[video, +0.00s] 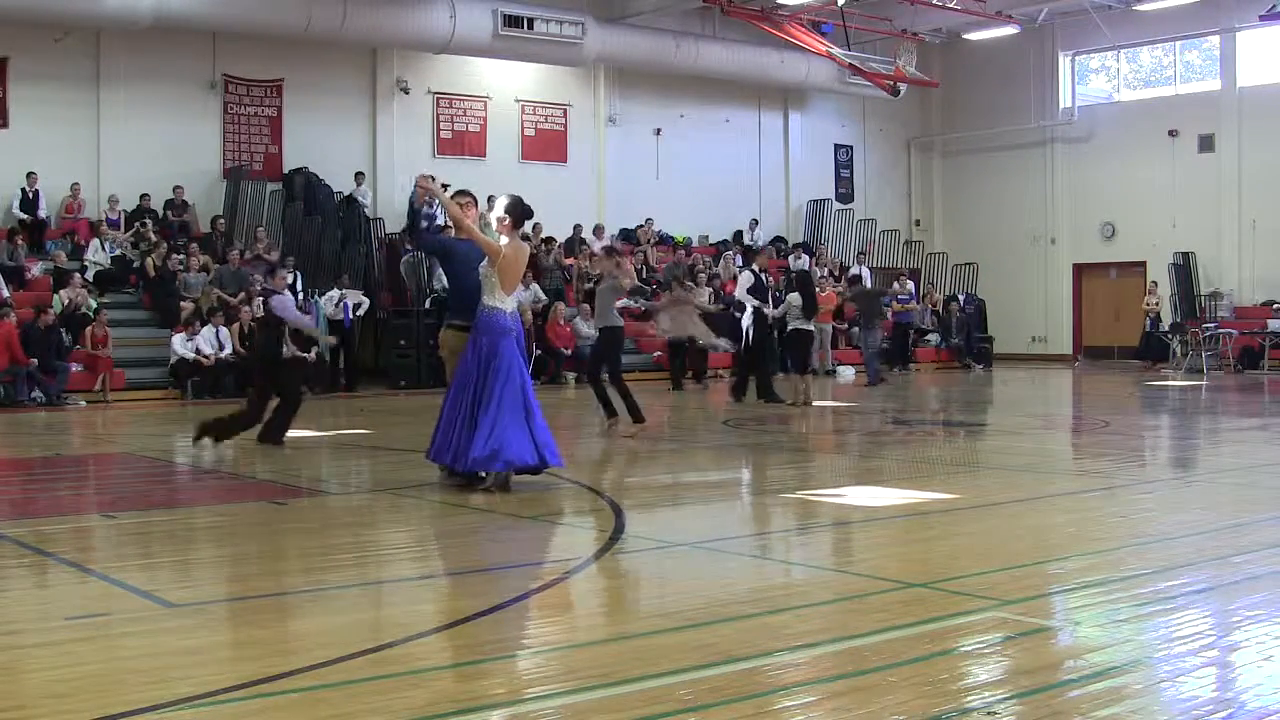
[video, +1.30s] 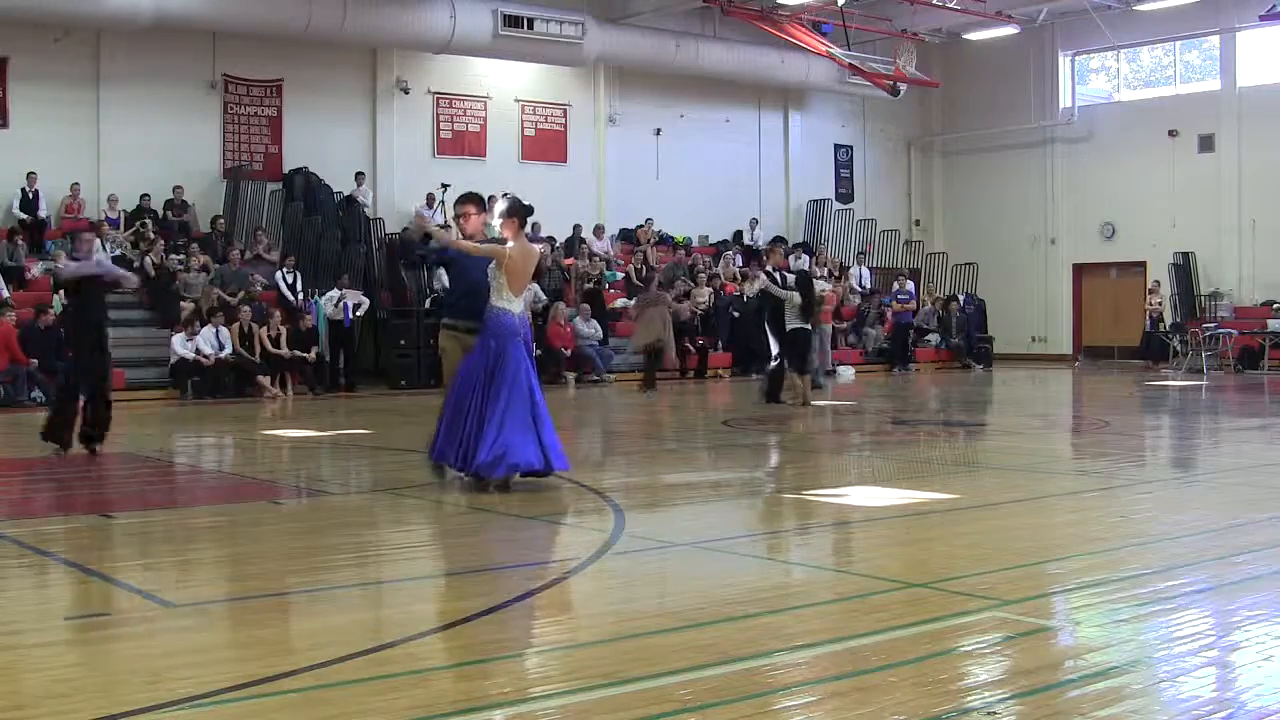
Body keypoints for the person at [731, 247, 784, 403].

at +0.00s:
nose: (767, 261)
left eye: (767, 258)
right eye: (765, 257)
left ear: (762, 259)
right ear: (757, 258)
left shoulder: (763, 277)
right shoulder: (747, 274)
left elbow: (766, 298)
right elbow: (740, 294)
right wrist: (759, 304)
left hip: (764, 317)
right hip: (752, 317)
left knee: (764, 354)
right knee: (751, 353)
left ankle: (766, 391)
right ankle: (738, 389)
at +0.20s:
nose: (773, 260)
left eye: (774, 257)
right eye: (770, 257)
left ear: (774, 259)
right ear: (761, 257)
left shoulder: (771, 277)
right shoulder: (753, 273)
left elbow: (781, 295)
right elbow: (737, 286)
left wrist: (790, 306)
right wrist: (753, 295)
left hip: (770, 321)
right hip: (756, 320)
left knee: (768, 355)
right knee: (754, 355)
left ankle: (767, 391)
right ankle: (740, 388)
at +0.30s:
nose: (775, 259)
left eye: (775, 257)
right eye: (772, 256)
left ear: (773, 259)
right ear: (763, 256)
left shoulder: (773, 276)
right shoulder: (754, 273)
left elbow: (787, 289)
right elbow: (737, 287)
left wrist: (797, 299)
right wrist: (752, 293)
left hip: (771, 320)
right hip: (757, 320)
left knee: (765, 354)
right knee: (759, 354)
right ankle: (740, 388)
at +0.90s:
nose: (782, 255)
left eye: (782, 252)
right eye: (778, 252)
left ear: (779, 255)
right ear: (768, 254)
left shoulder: (781, 274)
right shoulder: (761, 272)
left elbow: (785, 293)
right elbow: (744, 286)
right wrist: (752, 275)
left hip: (778, 319)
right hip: (764, 318)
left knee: (777, 356)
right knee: (761, 355)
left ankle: (770, 392)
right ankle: (746, 389)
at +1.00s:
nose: (782, 255)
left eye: (781, 252)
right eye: (778, 252)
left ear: (778, 255)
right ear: (768, 254)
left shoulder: (781, 275)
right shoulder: (762, 274)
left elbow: (784, 295)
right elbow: (763, 299)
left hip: (779, 320)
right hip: (766, 320)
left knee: (778, 357)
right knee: (766, 355)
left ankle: (771, 392)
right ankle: (749, 388)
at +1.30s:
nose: (782, 257)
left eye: (782, 254)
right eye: (779, 254)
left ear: (780, 257)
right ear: (769, 256)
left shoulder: (783, 276)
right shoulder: (763, 276)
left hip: (782, 318)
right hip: (768, 319)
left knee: (782, 354)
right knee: (776, 354)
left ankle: (775, 392)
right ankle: (771, 393)